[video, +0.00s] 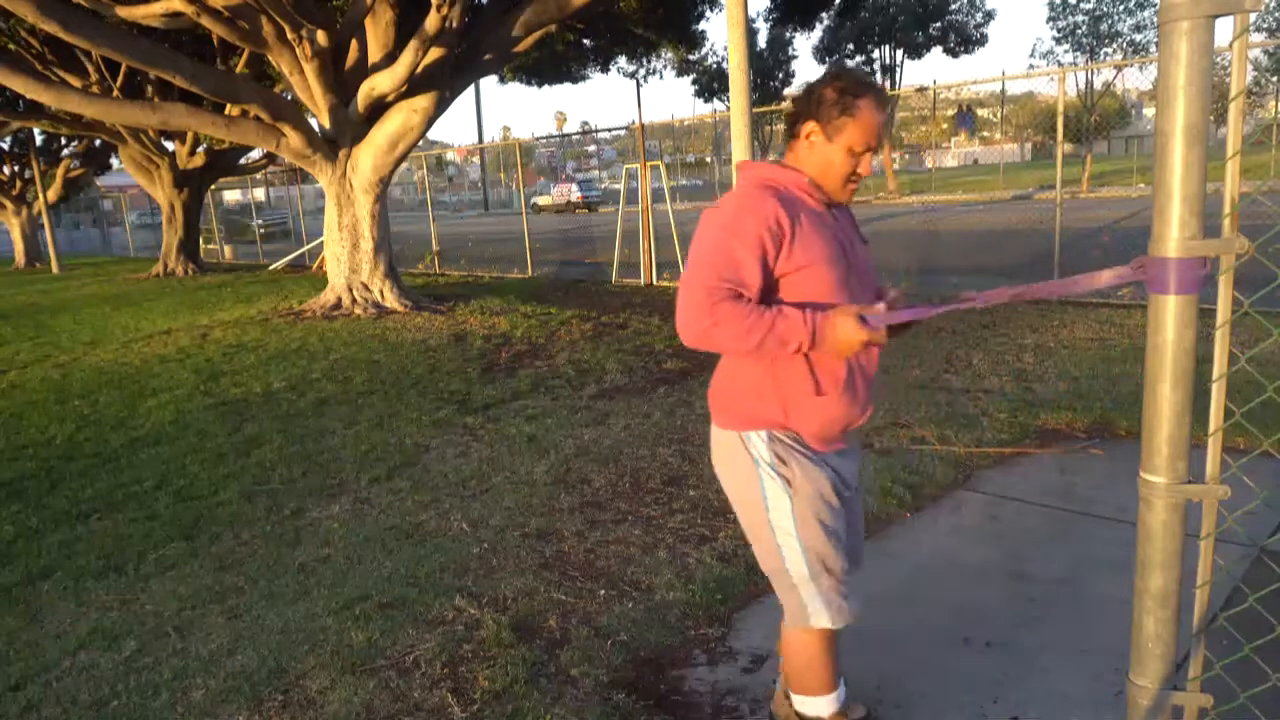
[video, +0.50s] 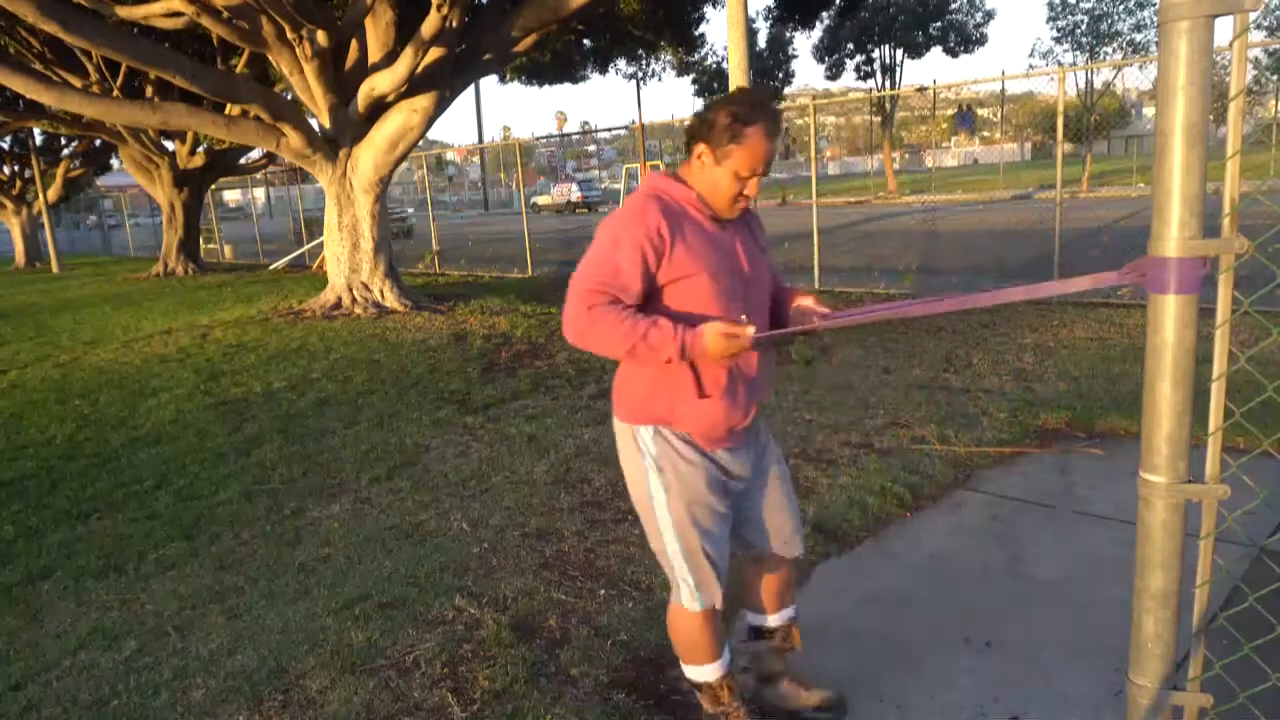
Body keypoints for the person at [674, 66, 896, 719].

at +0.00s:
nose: (866, 168)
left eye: (871, 154)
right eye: (859, 151)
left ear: (827, 139)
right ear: (810, 136)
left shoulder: (833, 211)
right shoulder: (750, 209)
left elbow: (838, 302)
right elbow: (699, 317)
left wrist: (879, 312)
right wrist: (818, 330)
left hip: (824, 431)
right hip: (767, 437)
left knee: (823, 578)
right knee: (813, 595)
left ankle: (796, 696)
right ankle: (821, 715)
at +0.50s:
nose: (752, 192)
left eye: (760, 178)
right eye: (743, 177)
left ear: (761, 166)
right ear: (700, 155)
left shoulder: (741, 220)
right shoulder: (644, 218)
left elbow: (756, 296)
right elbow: (583, 315)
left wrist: (789, 307)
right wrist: (689, 341)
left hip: (741, 424)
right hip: (667, 435)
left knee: (778, 549)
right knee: (696, 580)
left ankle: (767, 673)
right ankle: (717, 701)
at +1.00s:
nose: (697, 181)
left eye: (703, 166)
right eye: (684, 167)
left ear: (708, 162)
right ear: (639, 159)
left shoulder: (712, 216)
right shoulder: (603, 228)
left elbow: (760, 262)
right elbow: (626, 314)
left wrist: (810, 275)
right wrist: (740, 310)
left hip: (703, 420)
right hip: (637, 424)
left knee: (696, 543)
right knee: (689, 568)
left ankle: (638, 647)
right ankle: (717, 699)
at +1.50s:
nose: (718, 174)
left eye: (722, 159)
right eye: (707, 160)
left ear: (719, 153)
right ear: (661, 151)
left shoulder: (720, 215)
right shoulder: (627, 222)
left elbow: (780, 267)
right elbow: (682, 301)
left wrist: (843, 291)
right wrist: (791, 315)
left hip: (716, 413)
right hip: (653, 418)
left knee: (732, 545)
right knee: (698, 564)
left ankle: (732, 659)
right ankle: (716, 698)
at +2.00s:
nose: (705, 195)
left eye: (711, 180)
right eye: (694, 180)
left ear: (714, 171)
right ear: (652, 164)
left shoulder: (713, 224)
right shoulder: (610, 230)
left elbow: (766, 276)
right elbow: (646, 309)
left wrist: (833, 306)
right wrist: (758, 329)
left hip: (717, 419)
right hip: (650, 428)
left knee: (740, 544)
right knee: (705, 574)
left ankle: (689, 640)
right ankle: (731, 696)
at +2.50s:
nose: (746, 366)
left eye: (755, 355)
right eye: (739, 353)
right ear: (702, 327)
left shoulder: (733, 348)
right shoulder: (644, 370)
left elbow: (777, 392)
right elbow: (672, 474)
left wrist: (824, 401)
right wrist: (775, 446)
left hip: (678, 513)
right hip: (616, 515)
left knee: (663, 620)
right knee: (735, 584)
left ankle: (573, 588)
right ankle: (742, 704)